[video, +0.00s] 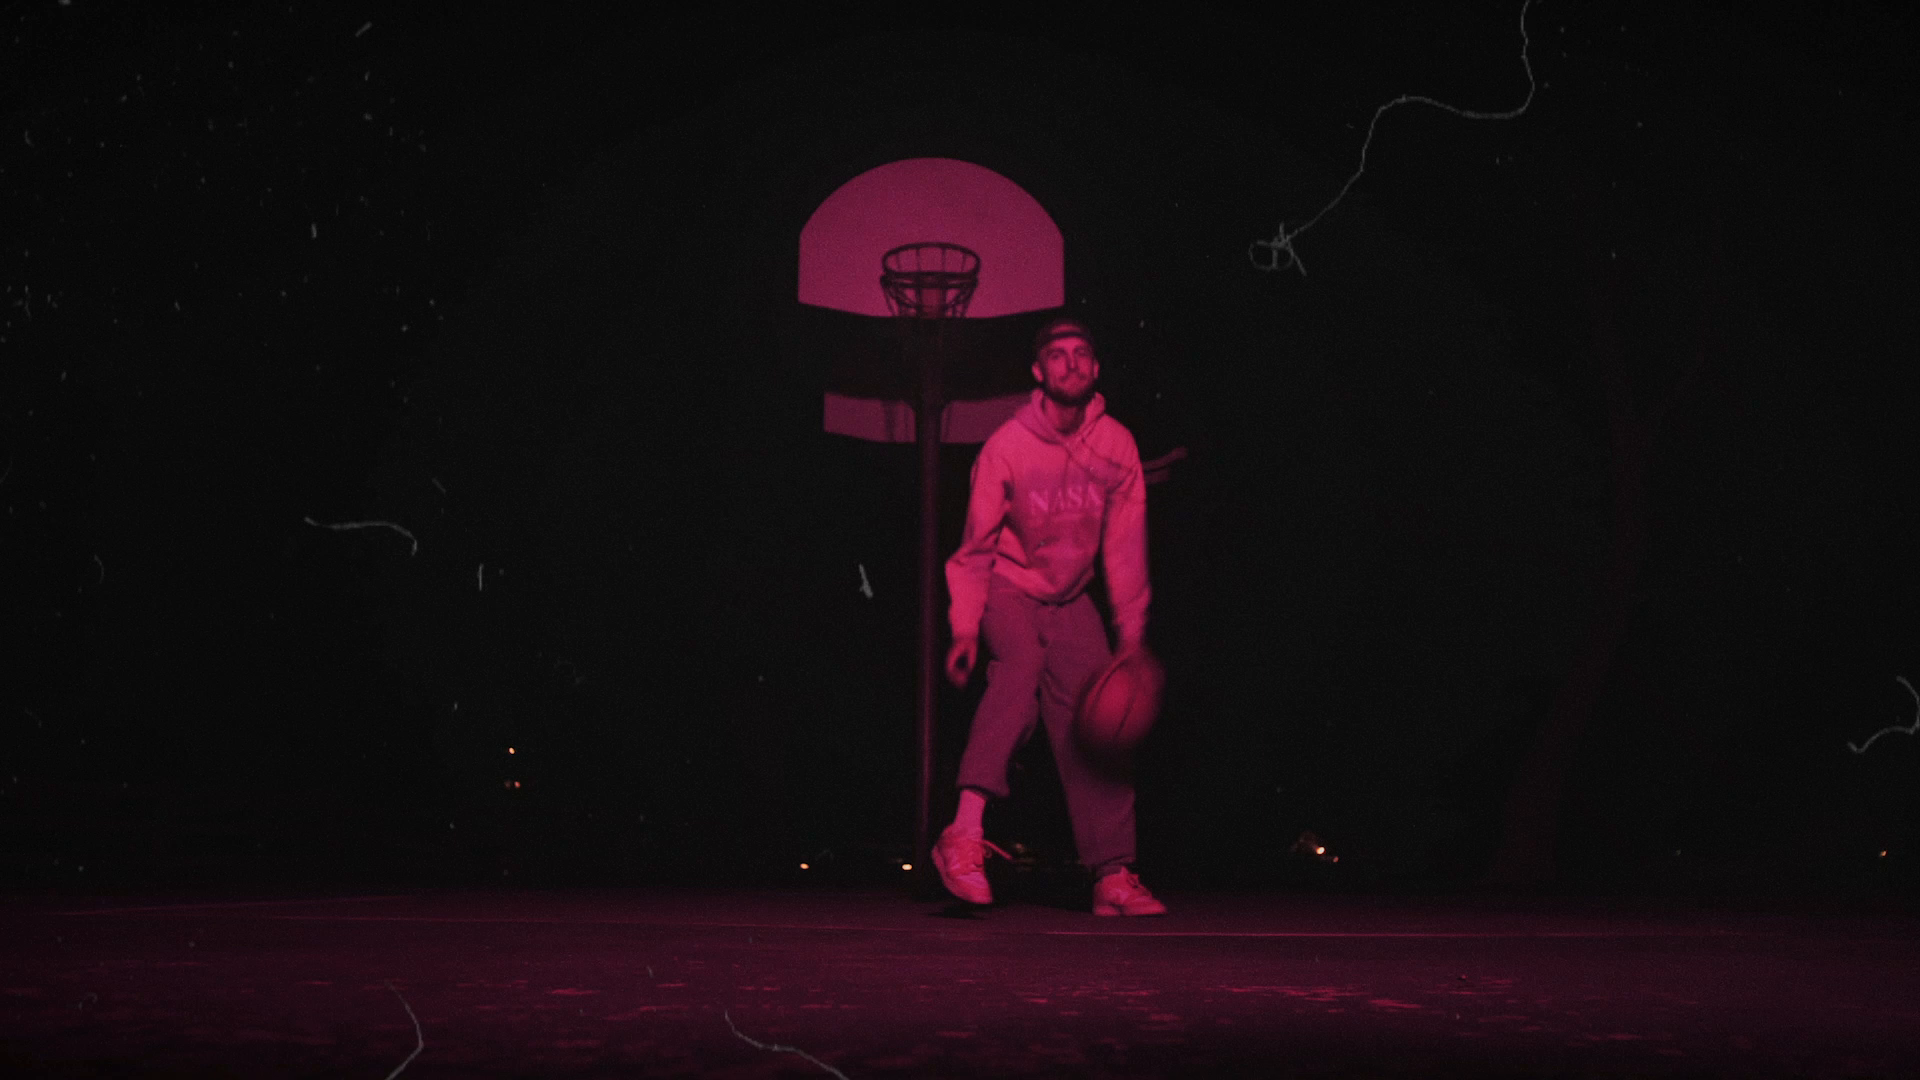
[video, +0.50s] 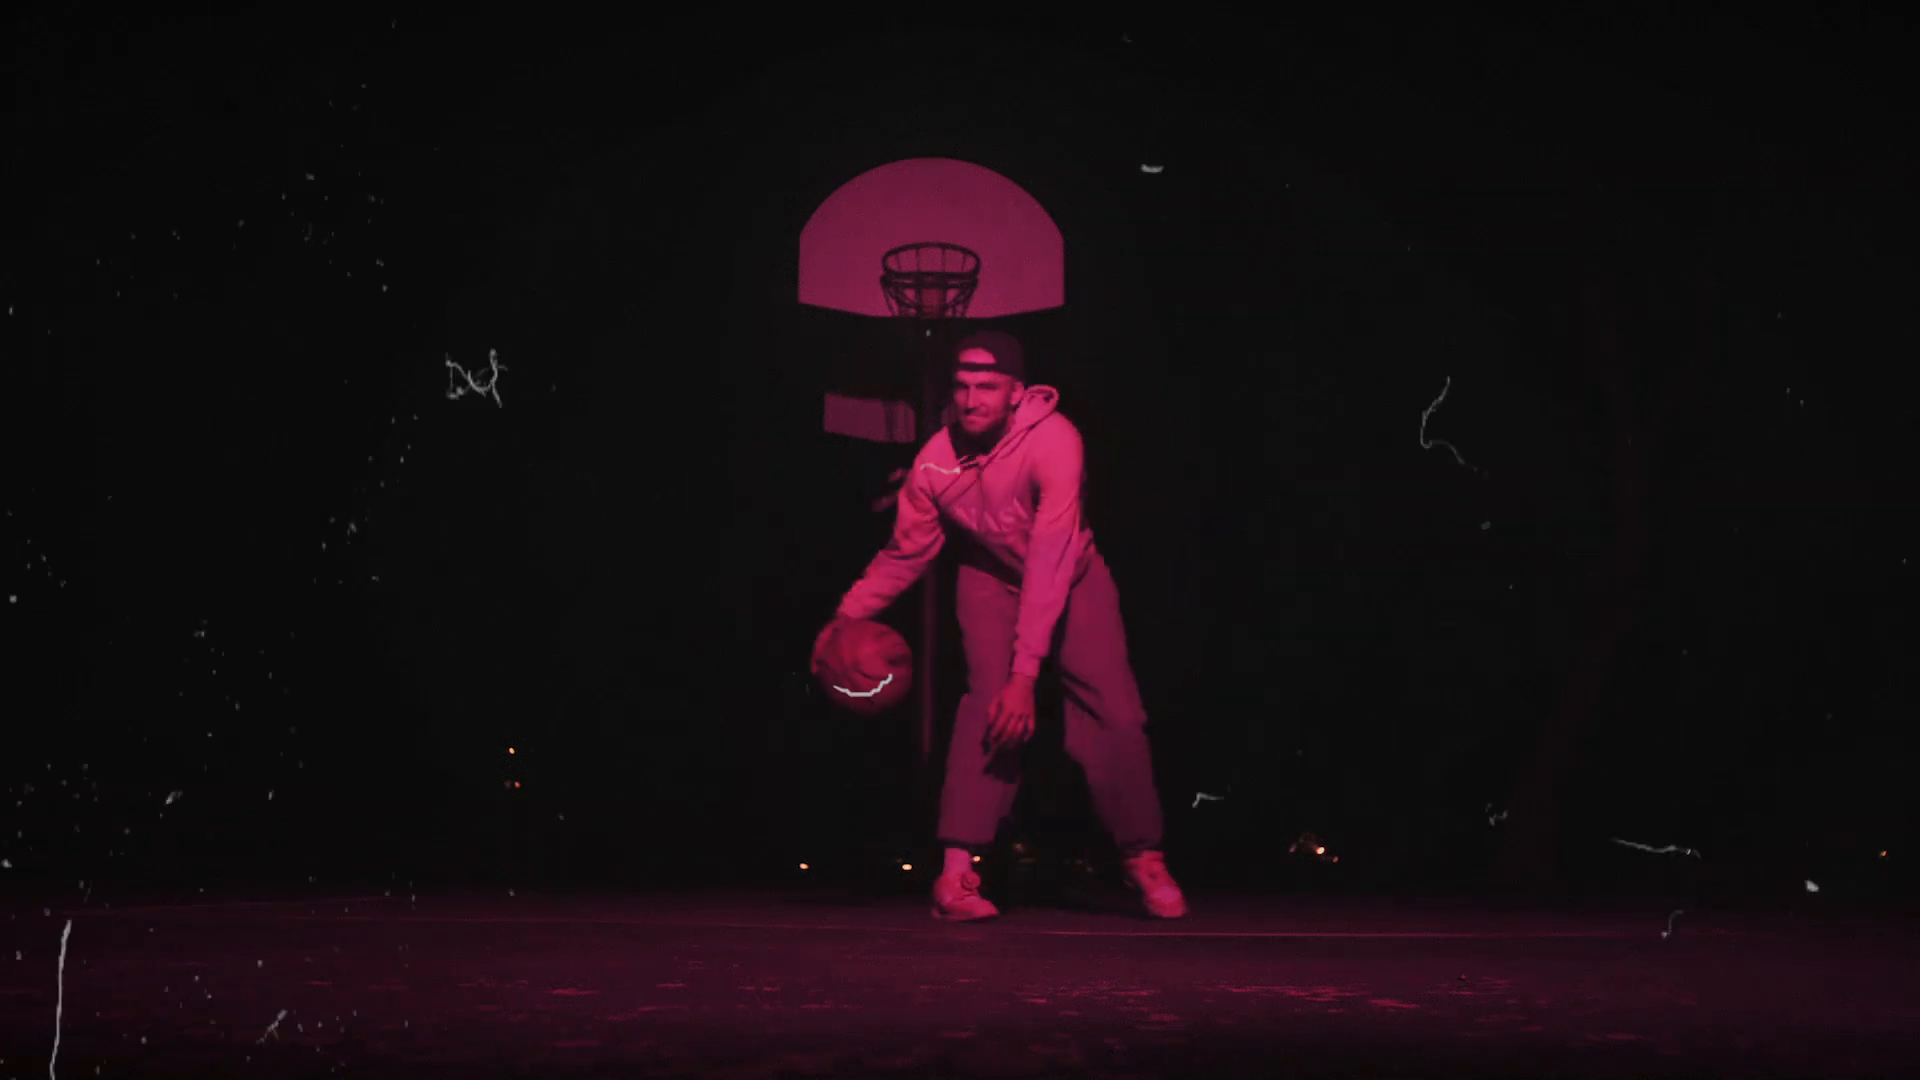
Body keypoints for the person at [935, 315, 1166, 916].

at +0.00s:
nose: (1072, 365)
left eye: (1082, 356)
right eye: (1059, 356)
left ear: (1097, 370)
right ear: (1038, 370)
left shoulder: (1116, 445)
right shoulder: (1007, 446)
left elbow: (1126, 547)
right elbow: (975, 548)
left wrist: (1131, 637)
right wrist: (964, 630)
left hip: (1073, 596)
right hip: (1006, 586)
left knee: (1097, 718)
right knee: (1019, 670)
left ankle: (1112, 874)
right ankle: (964, 833)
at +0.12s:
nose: (1048, 396)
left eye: (1061, 384)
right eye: (1035, 386)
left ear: (1079, 394)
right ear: (1019, 398)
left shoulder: (1106, 462)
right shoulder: (994, 472)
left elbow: (1098, 569)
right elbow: (967, 581)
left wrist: (1076, 664)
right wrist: (950, 678)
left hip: (1084, 608)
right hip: (1014, 601)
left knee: (1120, 735)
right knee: (1018, 693)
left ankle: (1114, 877)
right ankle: (971, 861)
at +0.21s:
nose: (1021, 404)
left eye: (1032, 391)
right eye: (1008, 395)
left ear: (1054, 397)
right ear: (993, 406)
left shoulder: (1090, 461)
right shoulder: (976, 483)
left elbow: (1081, 570)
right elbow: (958, 590)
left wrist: (1060, 669)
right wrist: (931, 684)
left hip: (1078, 610)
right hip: (1007, 611)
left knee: (1116, 738)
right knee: (1015, 714)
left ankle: (1114, 880)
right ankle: (961, 876)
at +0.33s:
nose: (974, 405)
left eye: (988, 392)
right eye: (964, 394)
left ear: (1017, 395)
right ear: (954, 402)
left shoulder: (1060, 451)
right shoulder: (945, 482)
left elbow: (1068, 567)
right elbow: (924, 578)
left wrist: (1055, 674)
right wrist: (881, 651)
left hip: (1072, 589)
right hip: (995, 593)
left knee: (1109, 730)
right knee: (1001, 706)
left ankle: (1116, 864)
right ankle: (958, 871)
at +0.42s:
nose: (963, 401)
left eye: (977, 389)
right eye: (955, 389)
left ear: (1008, 392)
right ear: (944, 397)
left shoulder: (1050, 443)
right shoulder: (937, 468)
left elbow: (1056, 561)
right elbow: (906, 559)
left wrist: (1039, 675)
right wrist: (849, 624)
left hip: (1070, 583)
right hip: (992, 586)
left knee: (1114, 731)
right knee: (995, 707)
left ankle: (1126, 852)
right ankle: (957, 868)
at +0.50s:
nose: (971, 400)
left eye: (987, 387)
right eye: (962, 386)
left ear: (1016, 391)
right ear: (950, 391)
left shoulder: (1054, 440)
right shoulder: (933, 466)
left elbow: (1050, 561)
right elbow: (904, 554)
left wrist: (1024, 676)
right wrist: (848, 616)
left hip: (1071, 572)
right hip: (989, 578)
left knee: (1118, 714)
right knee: (990, 703)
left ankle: (1144, 858)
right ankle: (957, 869)